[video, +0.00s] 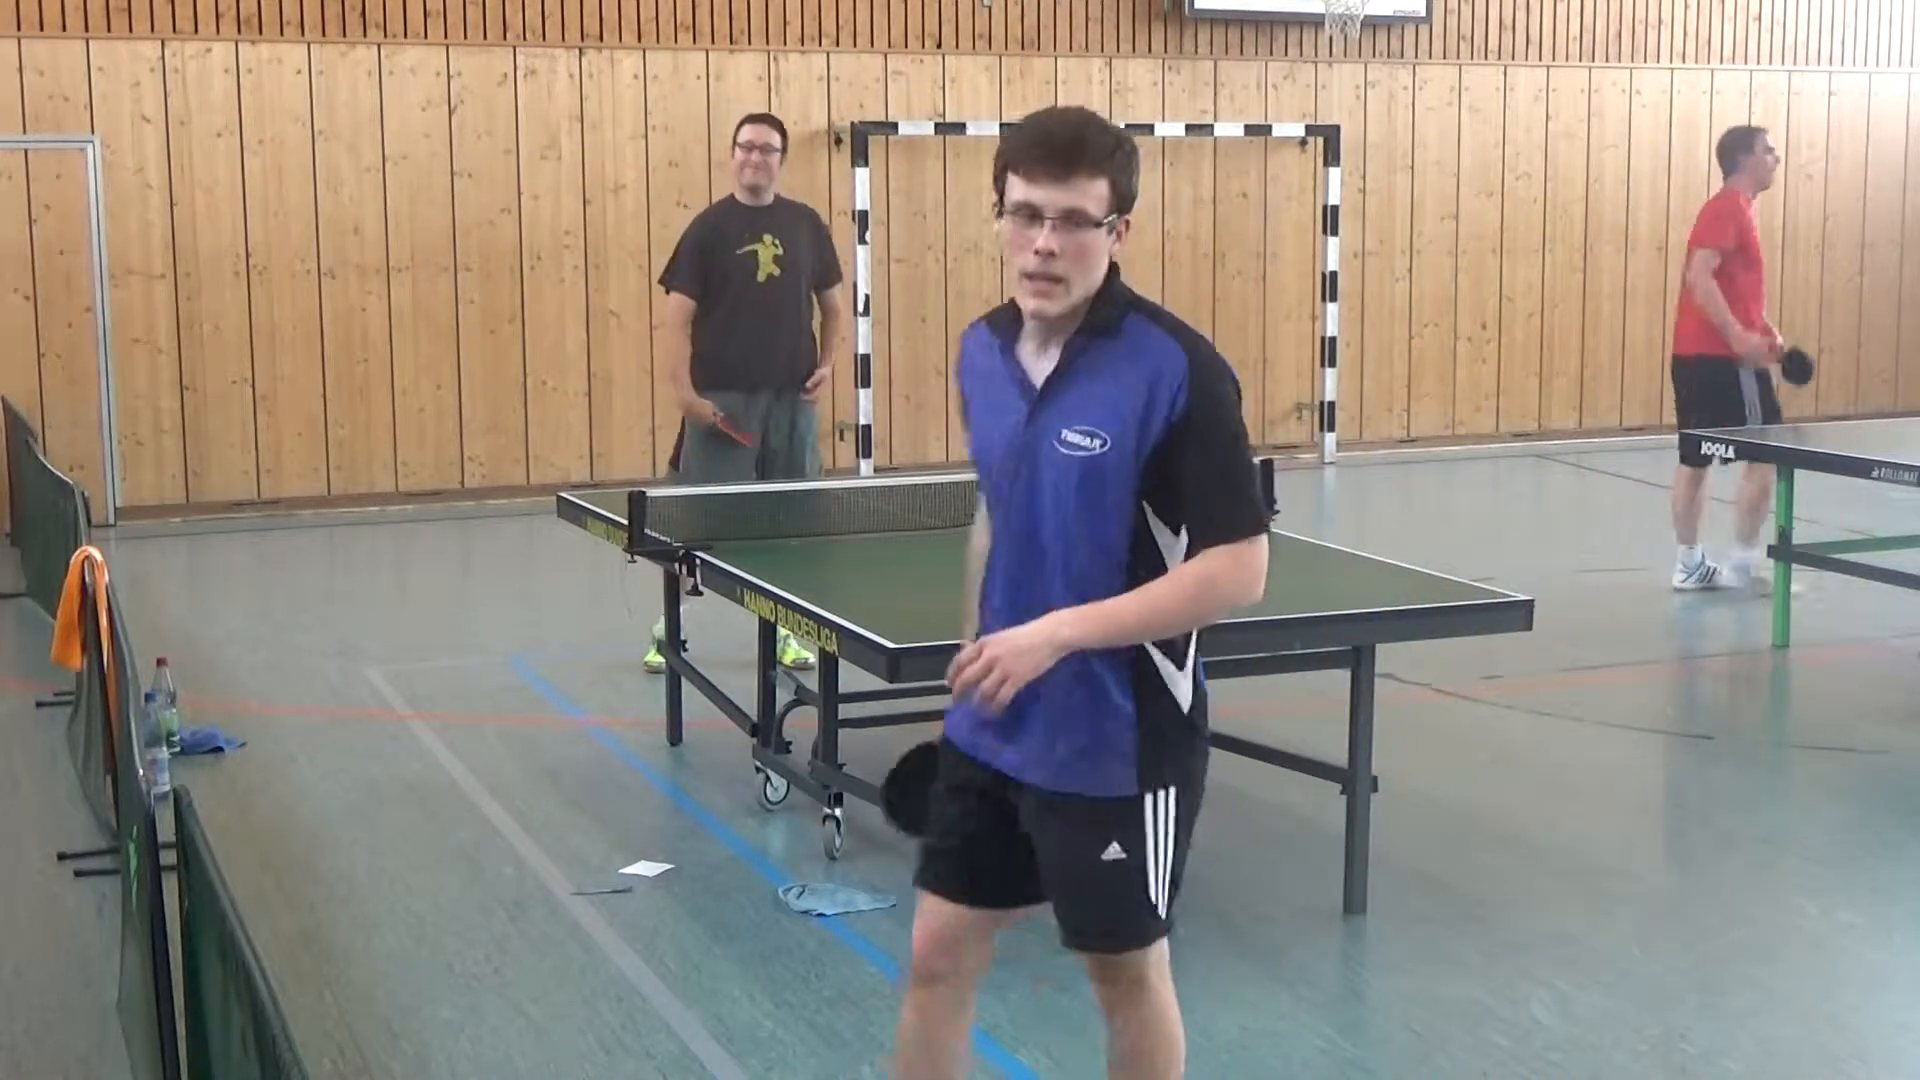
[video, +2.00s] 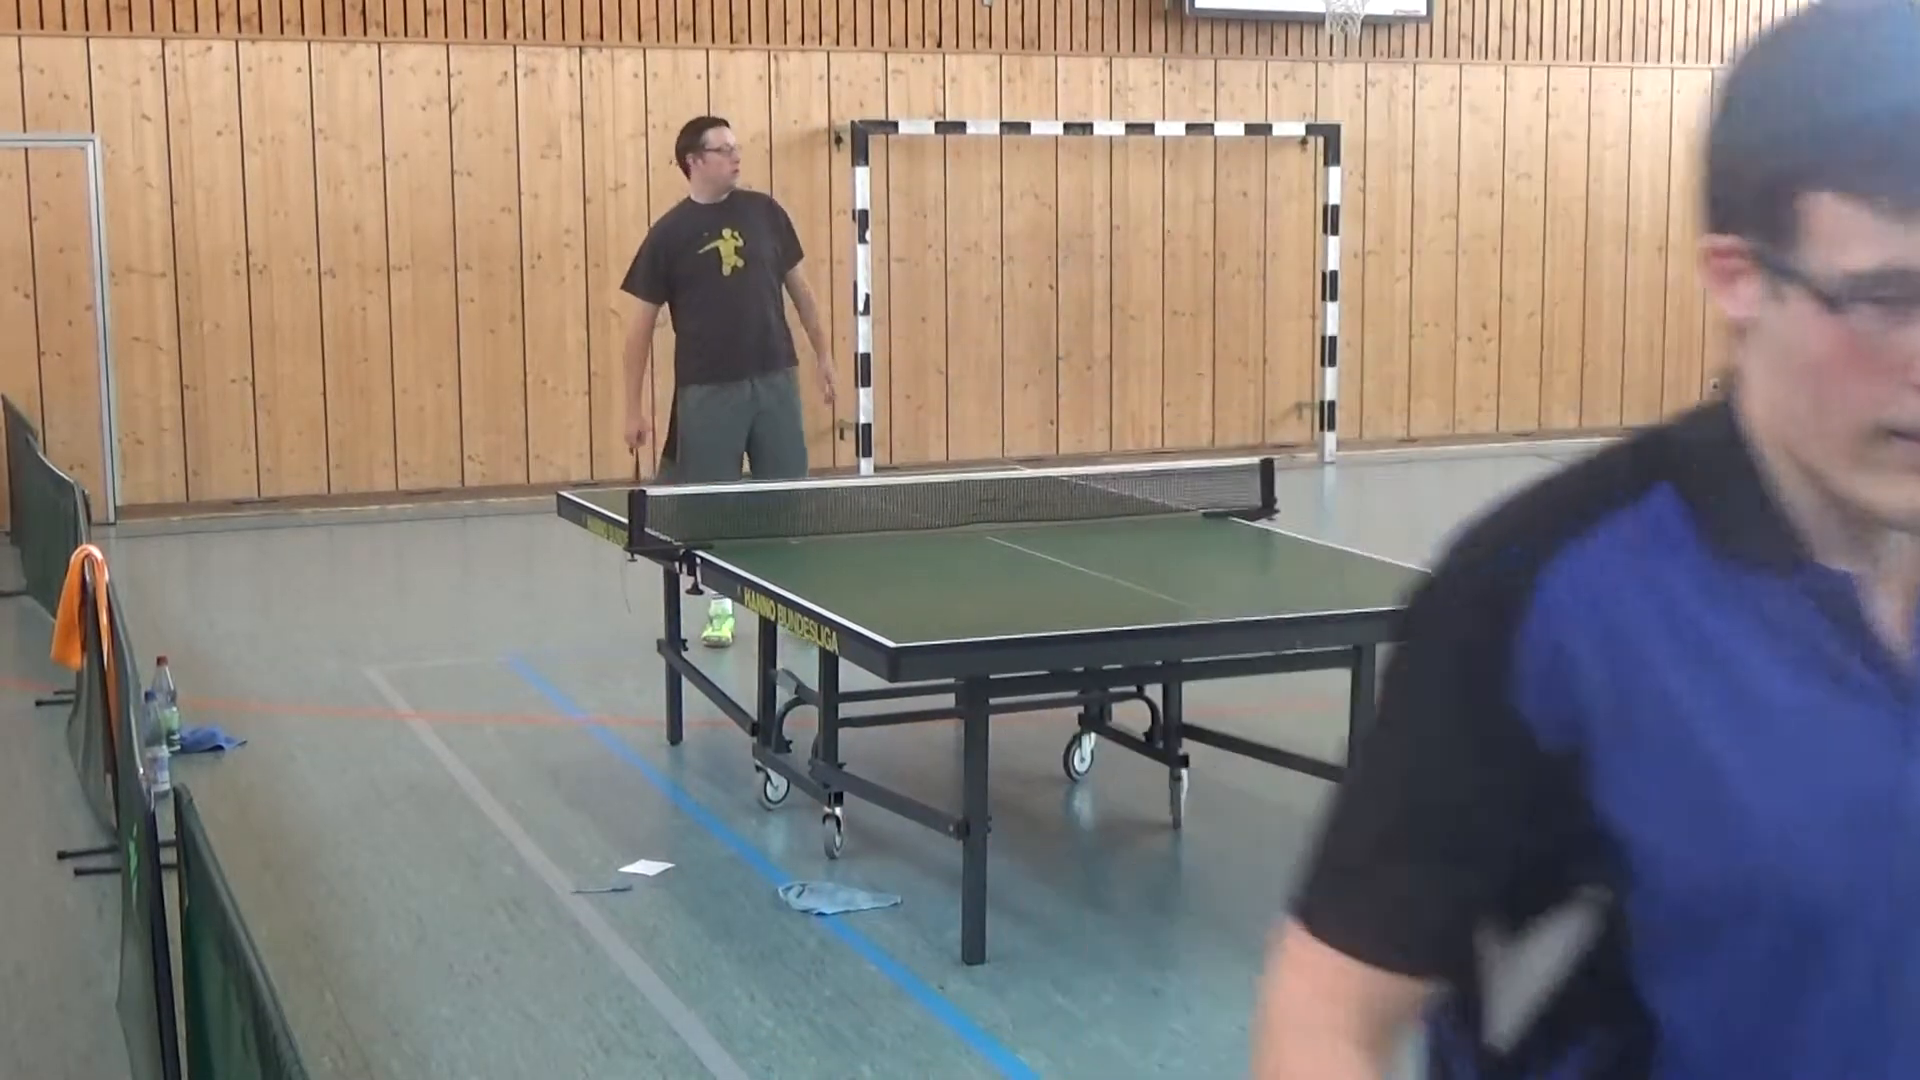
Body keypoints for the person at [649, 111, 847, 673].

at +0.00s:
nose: (757, 157)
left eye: (768, 150)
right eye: (748, 148)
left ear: (782, 159)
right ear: (732, 155)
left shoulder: (806, 223)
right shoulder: (708, 228)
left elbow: (834, 304)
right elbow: (675, 317)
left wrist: (829, 363)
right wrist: (685, 394)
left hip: (794, 401)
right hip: (722, 400)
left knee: (797, 525)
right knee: (695, 521)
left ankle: (790, 631)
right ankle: (670, 627)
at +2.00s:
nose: (736, 157)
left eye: (736, 149)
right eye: (724, 151)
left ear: (732, 157)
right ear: (692, 162)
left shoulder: (764, 210)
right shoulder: (668, 234)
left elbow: (800, 287)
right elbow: (641, 326)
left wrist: (822, 357)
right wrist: (635, 412)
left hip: (778, 383)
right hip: (709, 392)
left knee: (791, 501)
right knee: (709, 506)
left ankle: (801, 605)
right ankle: (721, 604)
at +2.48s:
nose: (812, 164)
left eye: (812, 155)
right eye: (802, 156)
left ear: (804, 163)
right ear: (770, 163)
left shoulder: (824, 222)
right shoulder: (729, 225)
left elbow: (845, 298)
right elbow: (707, 315)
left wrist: (826, 336)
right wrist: (716, 394)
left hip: (808, 386)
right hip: (747, 386)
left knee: (804, 501)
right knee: (732, 498)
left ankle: (803, 604)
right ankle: (723, 603)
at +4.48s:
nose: (809, 173)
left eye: (818, 165)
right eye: (800, 164)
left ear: (830, 169)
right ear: (783, 166)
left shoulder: (851, 225)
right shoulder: (754, 228)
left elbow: (901, 269)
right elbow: (731, 317)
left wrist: (865, 315)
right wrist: (750, 393)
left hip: (835, 392)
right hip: (768, 392)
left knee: (841, 510)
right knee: (744, 505)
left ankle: (841, 614)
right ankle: (728, 608)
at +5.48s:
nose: (809, 172)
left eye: (817, 163)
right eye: (799, 163)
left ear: (830, 166)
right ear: (783, 165)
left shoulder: (853, 224)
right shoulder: (755, 227)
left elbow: (906, 271)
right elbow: (720, 309)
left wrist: (868, 313)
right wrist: (759, 311)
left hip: (836, 387)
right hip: (768, 389)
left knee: (837, 506)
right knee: (746, 501)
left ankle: (836, 612)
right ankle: (729, 607)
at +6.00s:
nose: (805, 171)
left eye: (815, 162)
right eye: (796, 162)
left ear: (831, 165)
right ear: (783, 167)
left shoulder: (856, 224)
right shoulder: (759, 227)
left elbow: (913, 274)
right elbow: (722, 312)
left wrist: (871, 316)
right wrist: (752, 290)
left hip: (837, 388)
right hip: (769, 388)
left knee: (839, 507)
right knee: (748, 501)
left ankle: (840, 613)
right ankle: (729, 606)